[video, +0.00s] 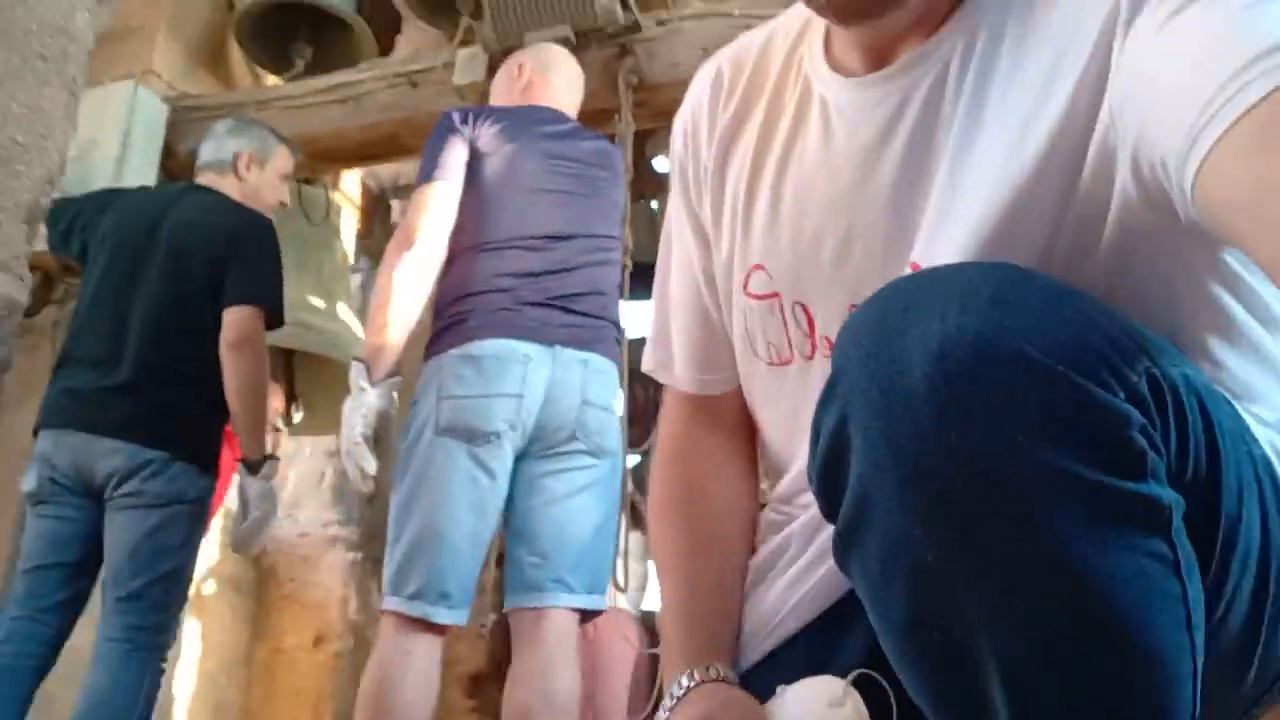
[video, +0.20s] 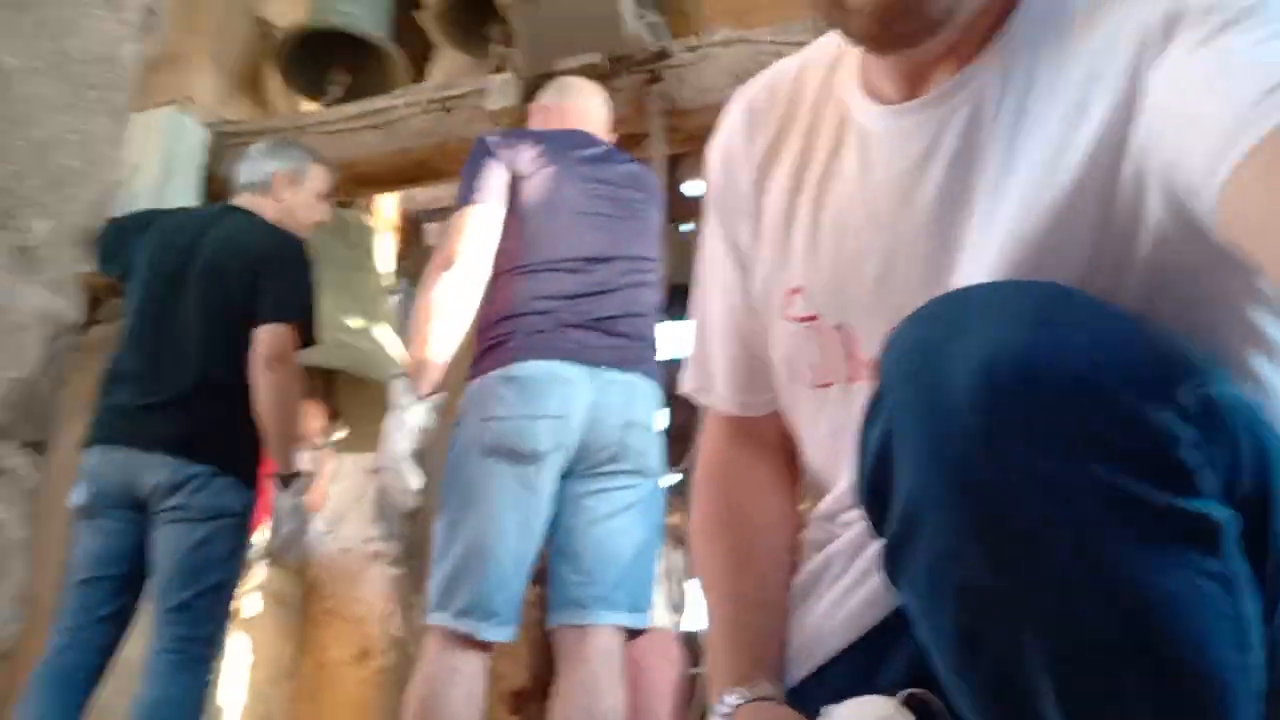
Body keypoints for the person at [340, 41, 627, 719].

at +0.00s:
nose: (490, 90)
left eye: (498, 77)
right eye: (498, 78)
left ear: (520, 75)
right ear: (575, 100)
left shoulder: (469, 127)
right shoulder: (610, 158)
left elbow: (421, 242)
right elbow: (605, 273)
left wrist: (371, 377)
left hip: (481, 361)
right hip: (593, 373)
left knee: (415, 617)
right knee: (551, 614)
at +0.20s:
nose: (527, 125)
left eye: (529, 116)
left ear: (535, 115)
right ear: (610, 133)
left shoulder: (507, 150)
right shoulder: (646, 183)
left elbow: (465, 264)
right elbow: (638, 298)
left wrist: (416, 395)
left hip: (525, 384)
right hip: (633, 395)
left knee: (462, 631)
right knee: (595, 631)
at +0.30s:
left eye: (563, 106)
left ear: (567, 106)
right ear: (645, 121)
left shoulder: (539, 137)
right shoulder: (679, 169)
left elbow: (499, 251)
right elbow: (671, 278)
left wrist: (454, 378)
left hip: (561, 368)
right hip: (668, 377)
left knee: (499, 617)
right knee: (632, 617)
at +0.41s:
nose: (614, 105)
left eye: (615, 97)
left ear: (619, 96)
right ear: (698, 111)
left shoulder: (589, 128)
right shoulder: (732, 160)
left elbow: (547, 239)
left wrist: (506, 371)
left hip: (610, 359)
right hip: (719, 368)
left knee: (550, 609)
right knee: (683, 608)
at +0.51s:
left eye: (651, 69)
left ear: (651, 69)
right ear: (729, 83)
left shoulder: (618, 101)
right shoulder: (765, 128)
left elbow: (574, 216)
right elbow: (754, 237)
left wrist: (533, 349)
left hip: (638, 333)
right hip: (747, 342)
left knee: (578, 588)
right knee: (708, 587)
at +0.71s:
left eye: (596, 115)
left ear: (600, 115)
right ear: (678, 127)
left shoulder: (568, 148)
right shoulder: (715, 173)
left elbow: (523, 268)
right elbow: (720, 291)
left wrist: (481, 394)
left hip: (588, 377)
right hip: (698, 385)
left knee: (528, 625)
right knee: (659, 619)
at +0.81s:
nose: (575, 114)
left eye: (576, 106)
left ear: (581, 107)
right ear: (658, 120)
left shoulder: (547, 139)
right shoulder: (695, 171)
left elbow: (495, 268)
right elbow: (701, 294)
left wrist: (468, 375)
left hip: (565, 372)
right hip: (676, 382)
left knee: (501, 623)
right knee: (634, 621)